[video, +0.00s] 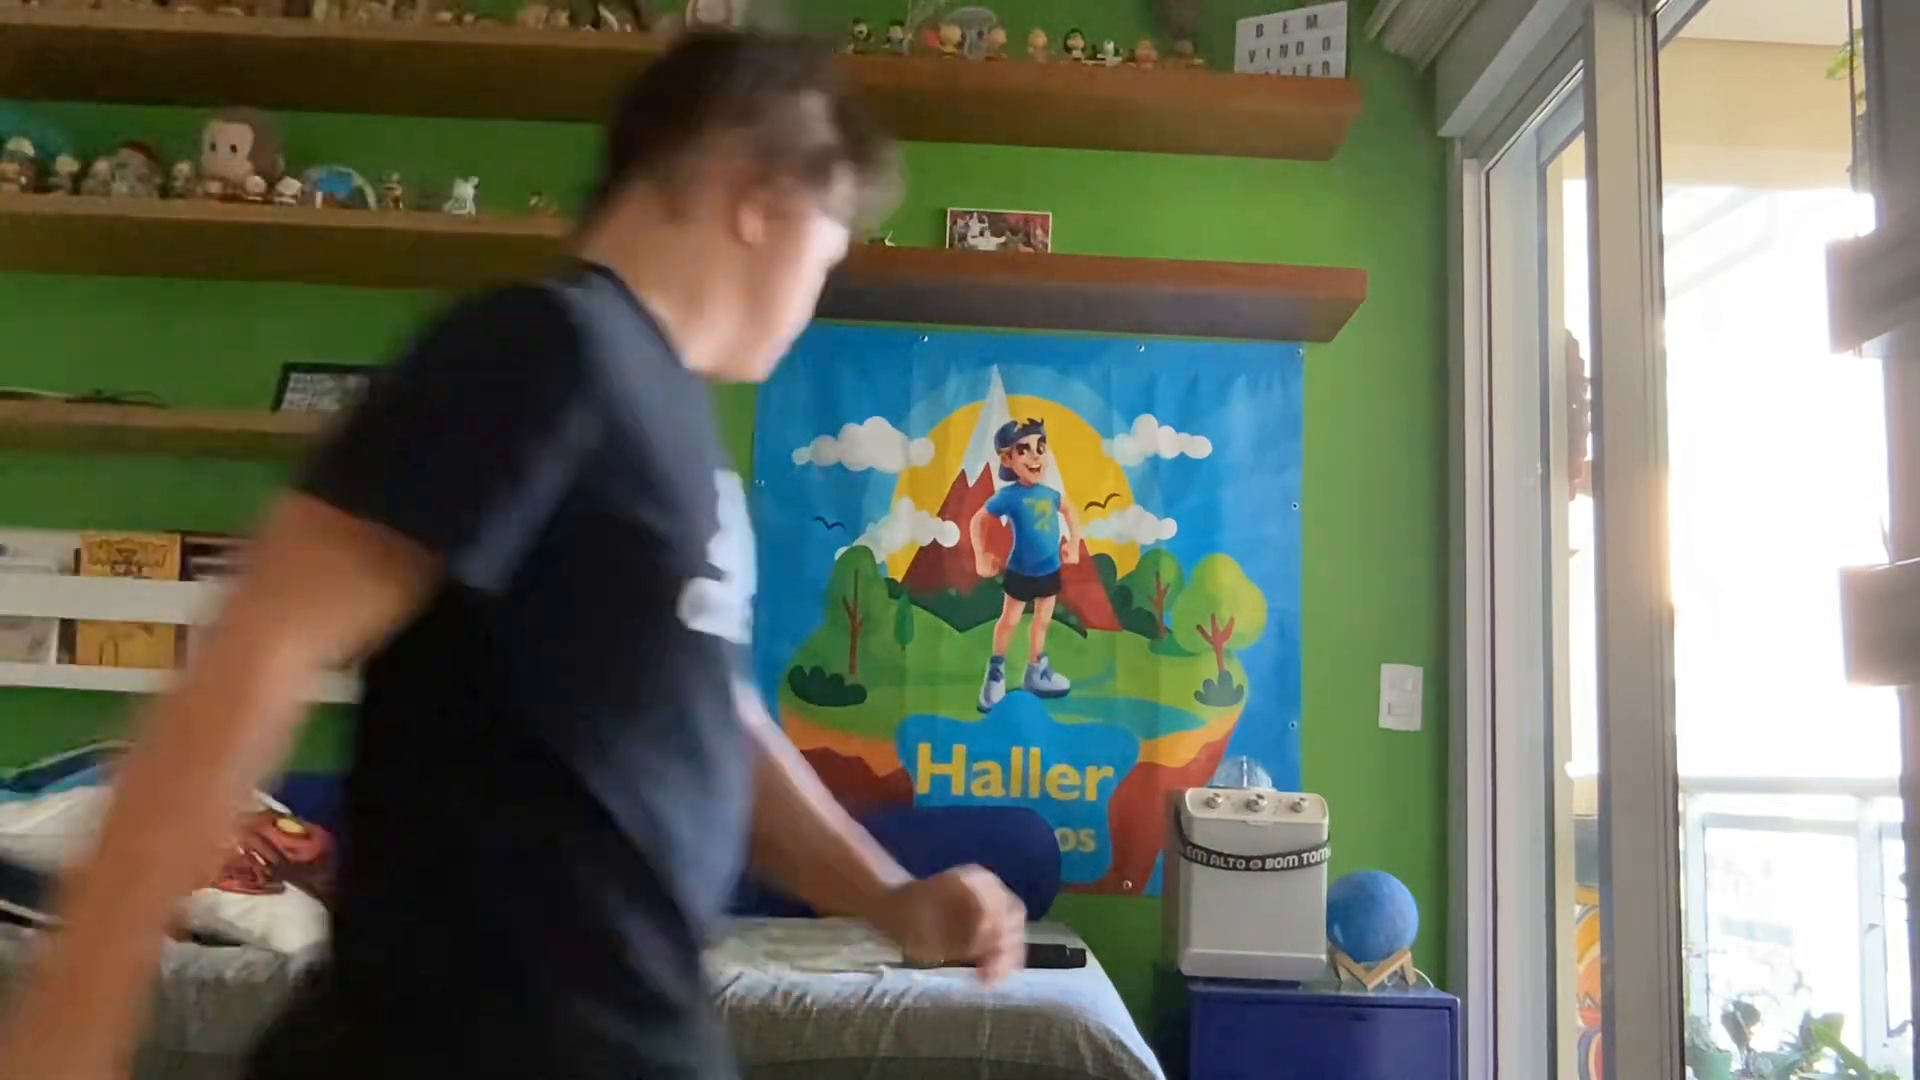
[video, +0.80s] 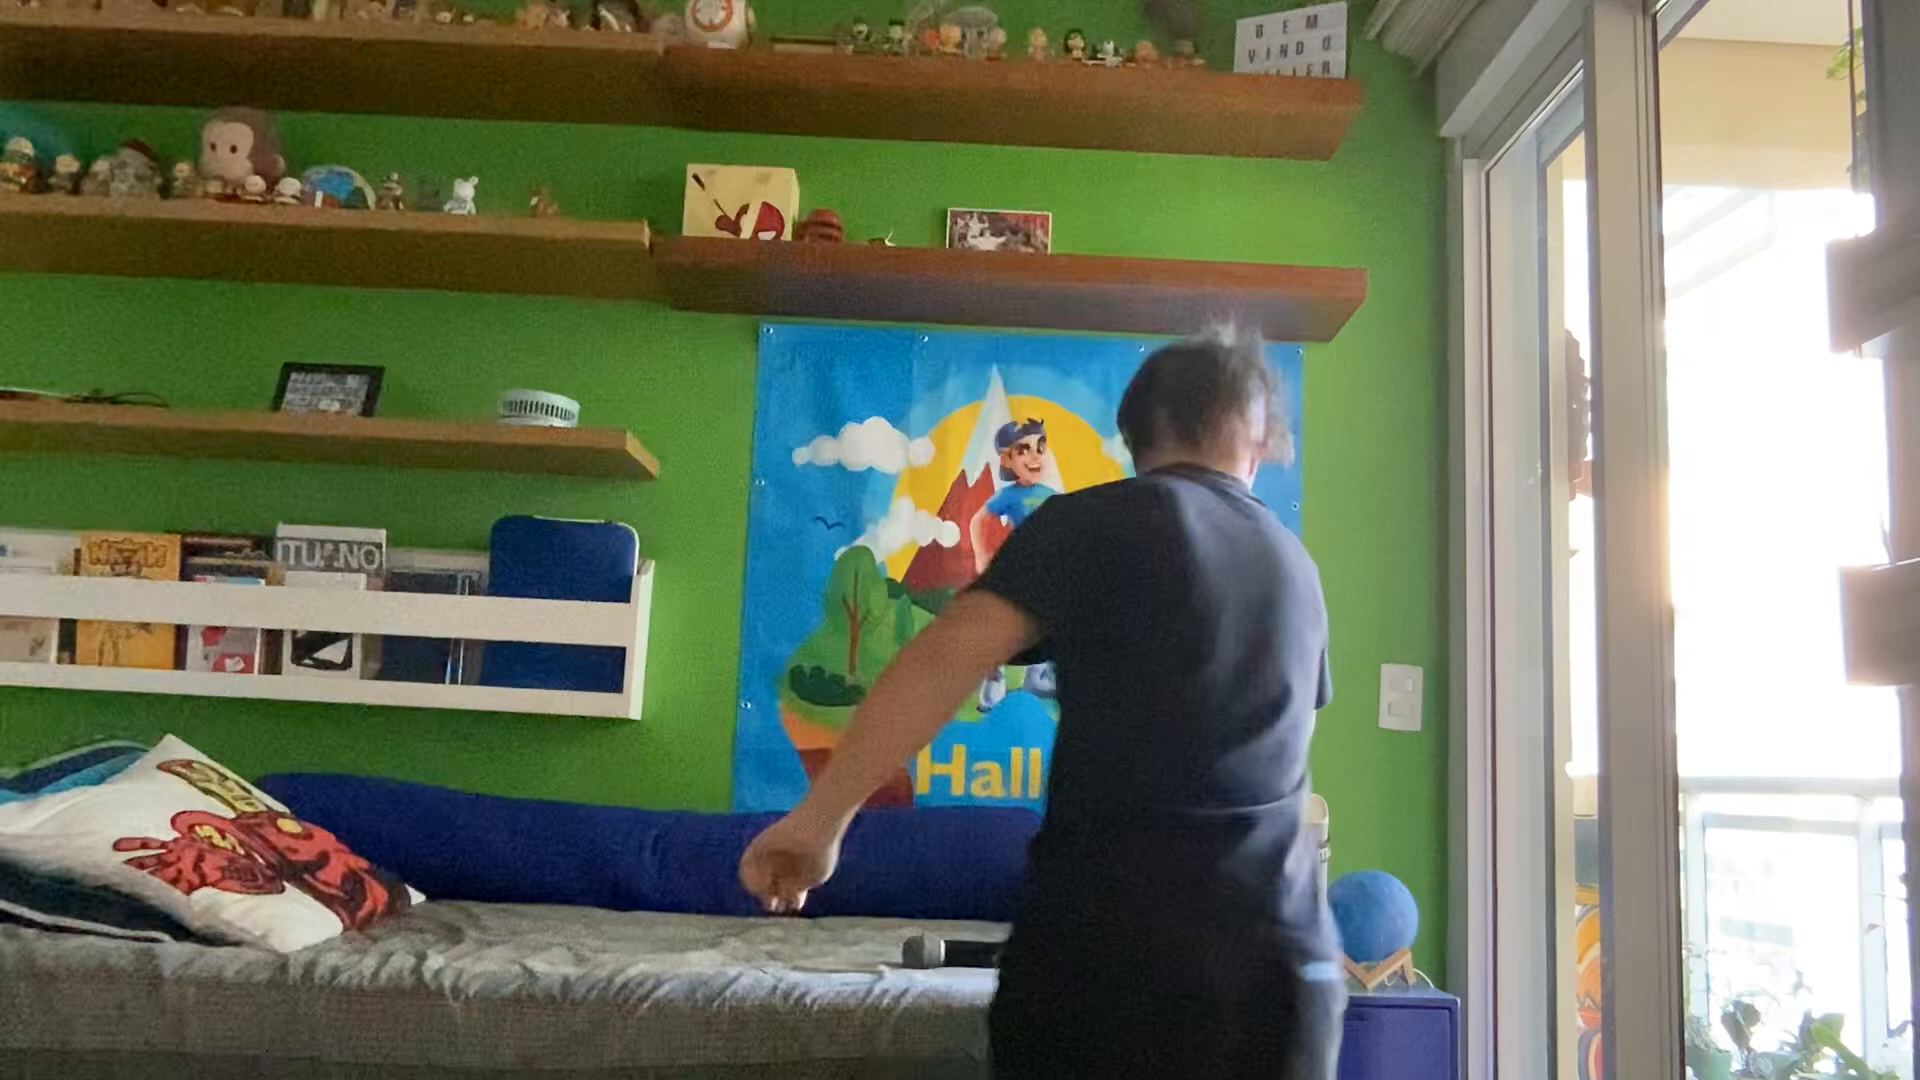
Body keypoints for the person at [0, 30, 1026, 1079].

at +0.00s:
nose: (821, 292)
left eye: (837, 256)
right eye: (832, 245)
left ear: (733, 202)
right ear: (751, 201)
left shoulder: (669, 414)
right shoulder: (551, 348)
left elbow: (706, 714)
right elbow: (255, 647)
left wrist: (888, 898)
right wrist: (74, 1014)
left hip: (616, 1025)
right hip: (485, 1029)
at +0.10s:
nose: (934, 312)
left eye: (948, 278)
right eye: (945, 270)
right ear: (887, 234)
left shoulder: (769, 398)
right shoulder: (740, 396)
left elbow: (785, 718)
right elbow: (562, 731)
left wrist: (951, 881)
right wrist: (474, 1055)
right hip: (706, 1020)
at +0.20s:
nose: (1014, 311)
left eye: (1028, 283)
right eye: (1028, 276)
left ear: (840, 237)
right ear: (987, 251)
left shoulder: (771, 391)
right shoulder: (921, 391)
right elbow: (856, 727)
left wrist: (917, 891)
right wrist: (906, 1047)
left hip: (647, 1000)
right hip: (777, 1024)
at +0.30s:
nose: (1050, 325)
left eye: (1059, 302)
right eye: (1058, 296)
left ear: (884, 266)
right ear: (1026, 273)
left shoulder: (773, 442)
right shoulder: (1022, 407)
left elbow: (729, 710)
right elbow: (1023, 709)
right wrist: (1128, 953)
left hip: (704, 970)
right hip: (889, 984)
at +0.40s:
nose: (1085, 367)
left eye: (1092, 346)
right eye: (1091, 344)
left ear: (934, 312)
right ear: (1065, 326)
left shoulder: (814, 494)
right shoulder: (1105, 455)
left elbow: (727, 722)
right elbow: (1181, 702)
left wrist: (800, 867)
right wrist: (1252, 873)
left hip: (824, 996)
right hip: (1027, 995)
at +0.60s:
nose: (1195, 423)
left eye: (1196, 406)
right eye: (1196, 405)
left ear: (1057, 385)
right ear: (1182, 392)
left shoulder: (961, 503)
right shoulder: (1238, 521)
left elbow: (832, 695)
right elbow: (1278, 714)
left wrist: (821, 857)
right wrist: (1269, 784)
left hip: (961, 943)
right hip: (1160, 945)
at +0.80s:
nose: (1267, 453)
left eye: (1268, 442)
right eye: (1269, 440)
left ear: (1135, 437)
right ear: (1258, 441)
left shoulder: (1093, 521)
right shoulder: (1296, 567)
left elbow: (954, 649)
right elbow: (1291, 737)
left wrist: (821, 817)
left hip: (1097, 943)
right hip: (1276, 955)